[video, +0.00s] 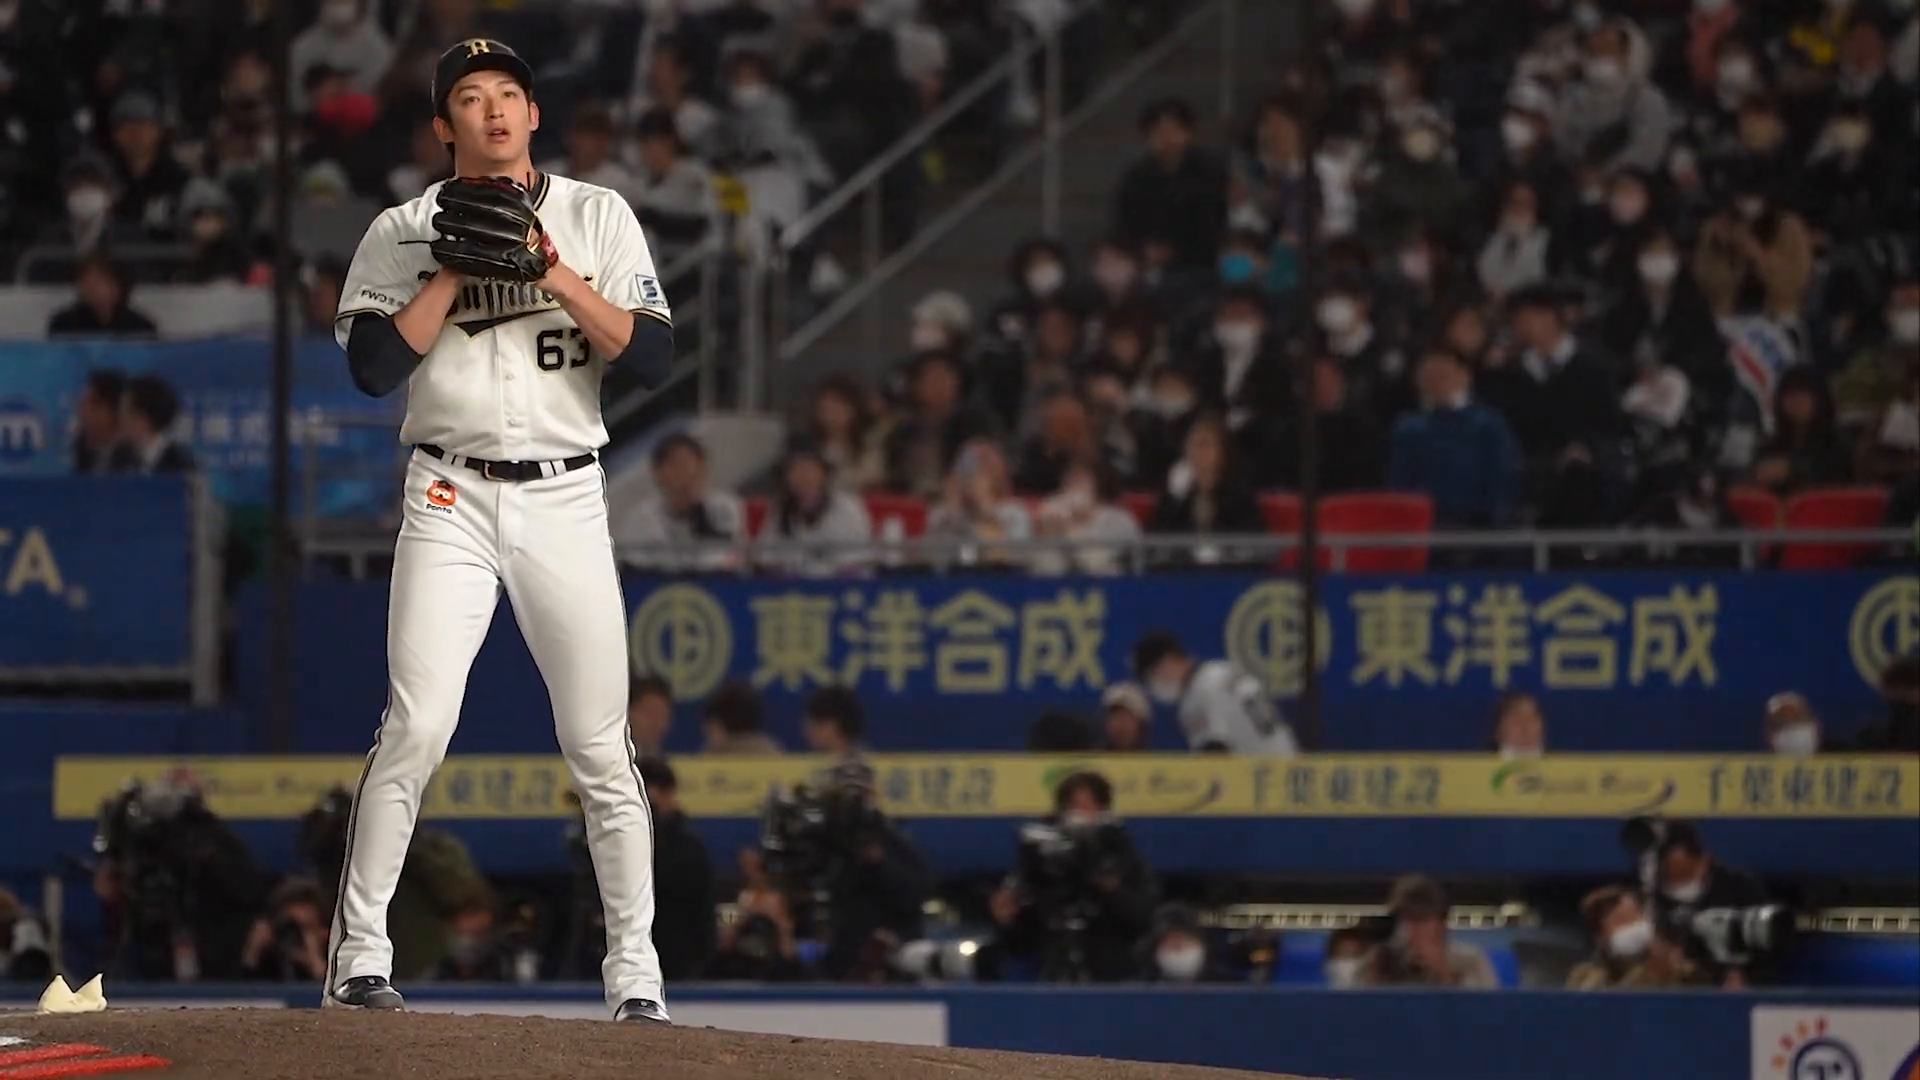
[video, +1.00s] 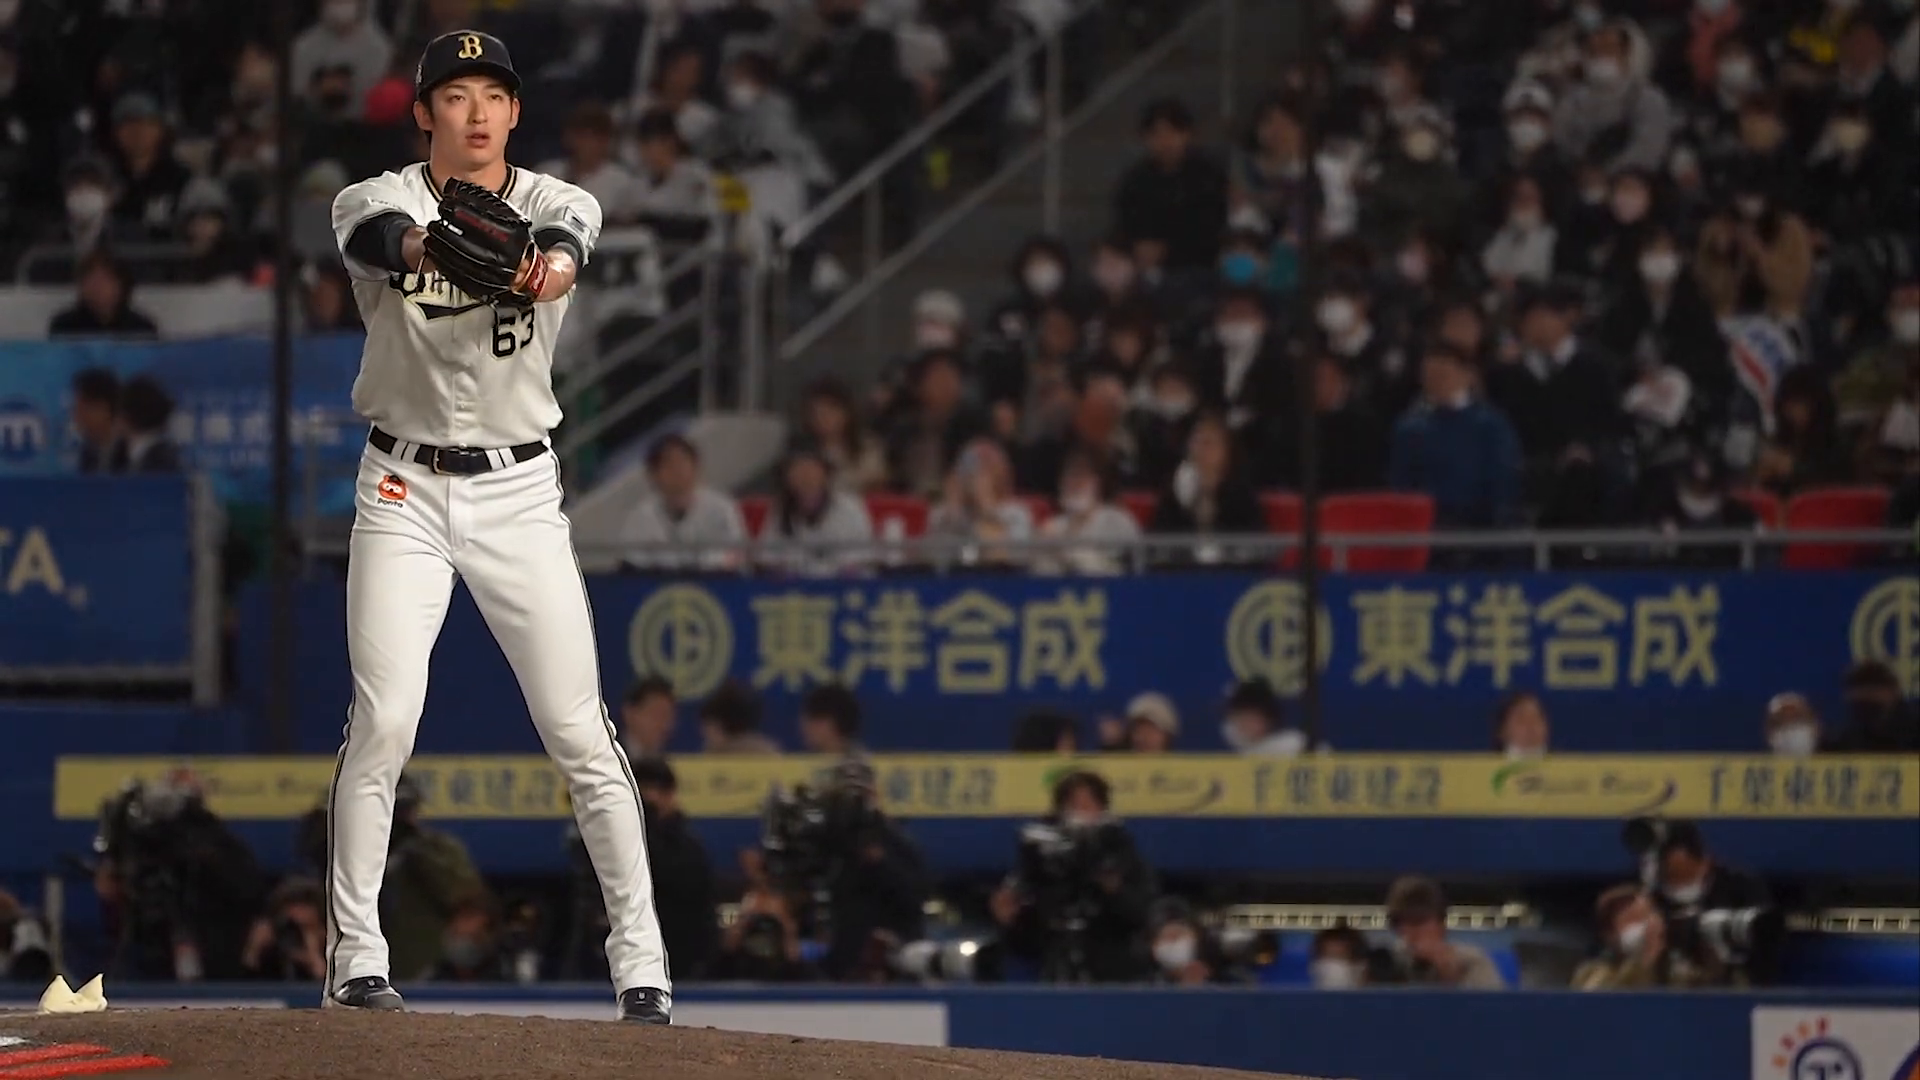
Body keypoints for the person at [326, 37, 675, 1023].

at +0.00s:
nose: (494, 111)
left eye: (507, 97)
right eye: (473, 102)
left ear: (535, 117)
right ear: (445, 131)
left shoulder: (595, 213)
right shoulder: (404, 229)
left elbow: (651, 355)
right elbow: (372, 370)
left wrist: (551, 269)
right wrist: (458, 266)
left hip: (566, 502)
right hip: (448, 498)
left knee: (598, 746)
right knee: (418, 726)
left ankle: (634, 973)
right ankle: (359, 955)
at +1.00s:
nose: (476, 115)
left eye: (491, 98)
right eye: (456, 99)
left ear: (515, 114)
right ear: (422, 117)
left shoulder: (556, 200)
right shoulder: (384, 196)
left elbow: (570, 234)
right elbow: (368, 231)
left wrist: (550, 260)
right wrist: (421, 246)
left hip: (519, 497)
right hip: (401, 495)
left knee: (581, 736)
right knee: (382, 723)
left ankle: (639, 963)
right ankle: (357, 960)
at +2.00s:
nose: (569, 153)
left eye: (583, 137)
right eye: (552, 134)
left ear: (597, 141)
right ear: (506, 132)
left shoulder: (623, 239)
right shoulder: (427, 217)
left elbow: (646, 384)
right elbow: (388, 337)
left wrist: (566, 273)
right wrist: (478, 243)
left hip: (563, 513)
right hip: (443, 503)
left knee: (603, 749)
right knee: (408, 724)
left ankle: (647, 975)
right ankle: (359, 960)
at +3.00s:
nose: (590, 131)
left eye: (593, 115)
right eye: (571, 115)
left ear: (589, 130)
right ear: (518, 127)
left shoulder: (626, 235)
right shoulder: (429, 221)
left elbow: (660, 372)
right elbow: (409, 345)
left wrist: (590, 277)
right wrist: (493, 248)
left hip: (567, 512)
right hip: (448, 503)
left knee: (605, 749)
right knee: (412, 722)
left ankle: (647, 978)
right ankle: (360, 959)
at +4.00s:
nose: (673, 369)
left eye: (673, 353)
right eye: (654, 354)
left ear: (660, 366)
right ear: (594, 367)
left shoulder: (709, 449)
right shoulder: (505, 466)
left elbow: (858, 511)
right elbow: (392, 569)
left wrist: (1006, 548)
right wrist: (275, 662)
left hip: (692, 673)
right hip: (569, 687)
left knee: (815, 789)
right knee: (500, 792)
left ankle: (973, 962)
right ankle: (382, 947)